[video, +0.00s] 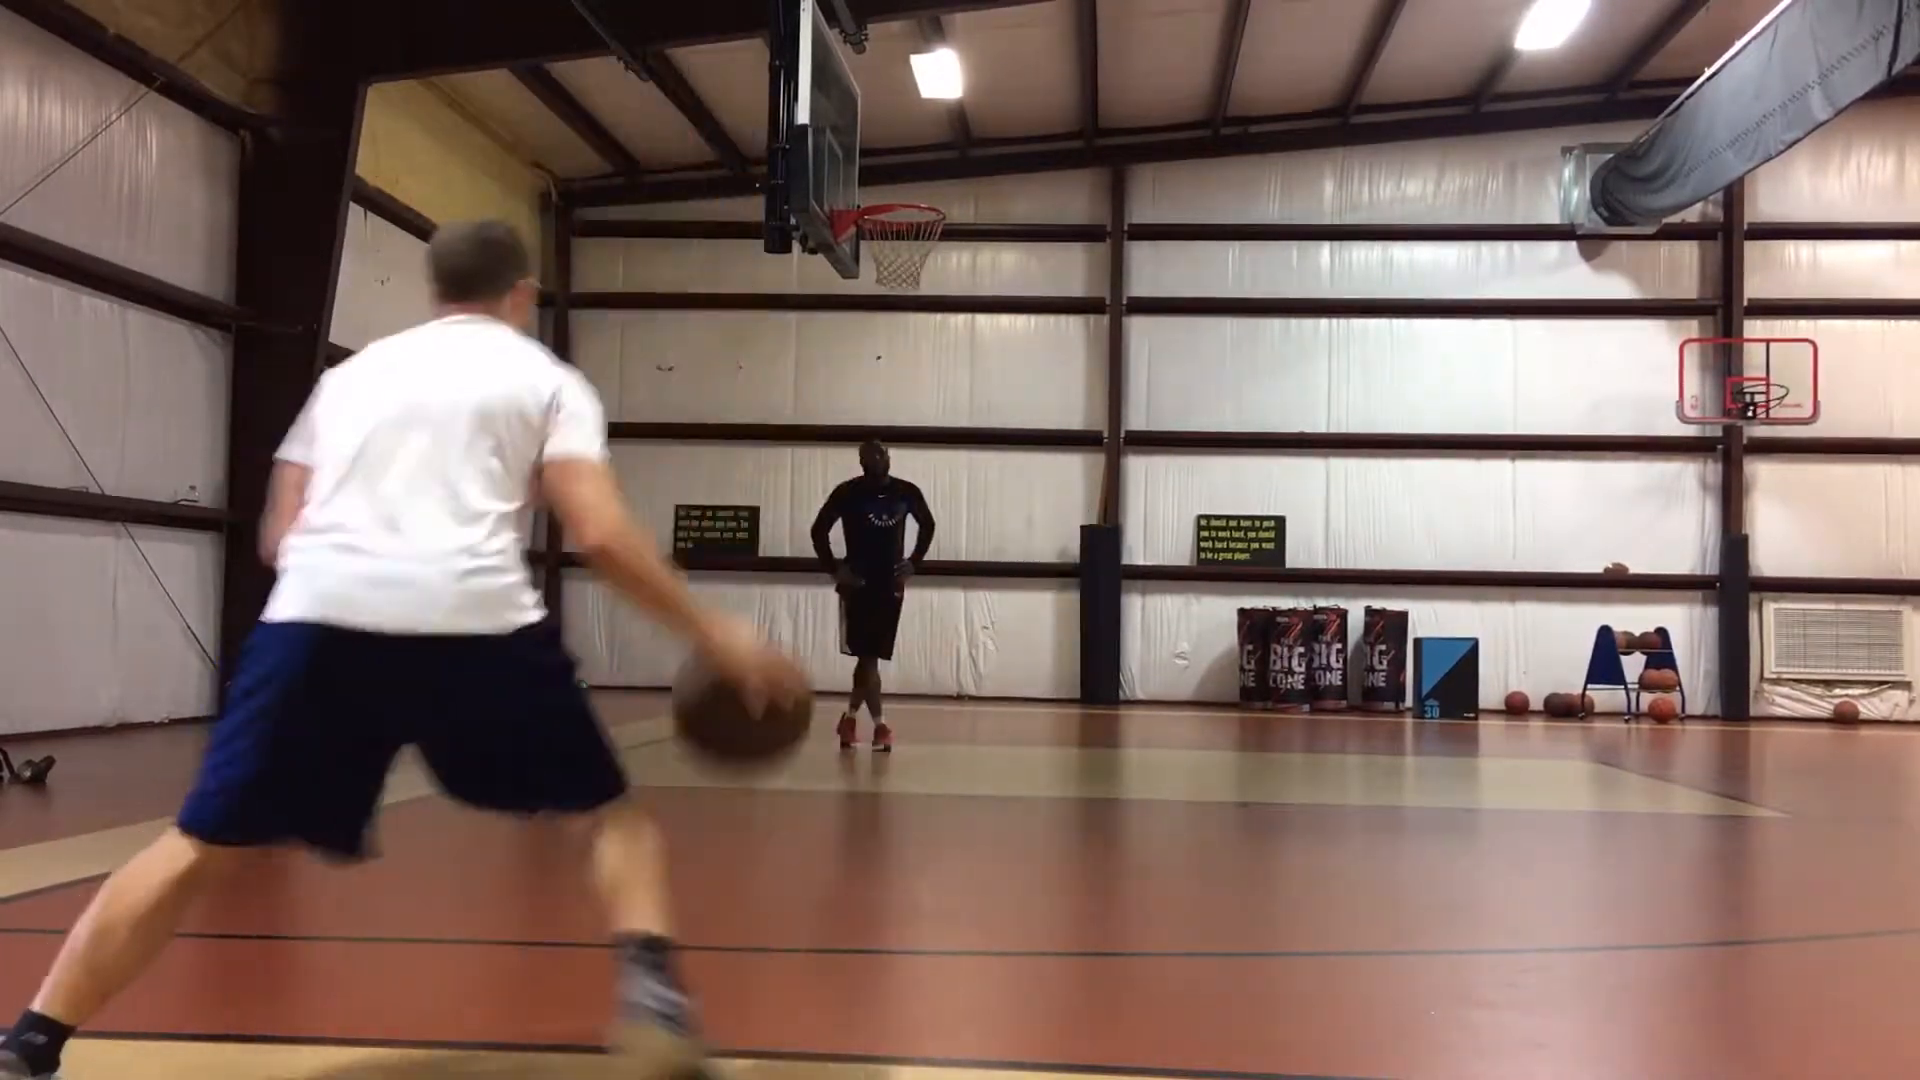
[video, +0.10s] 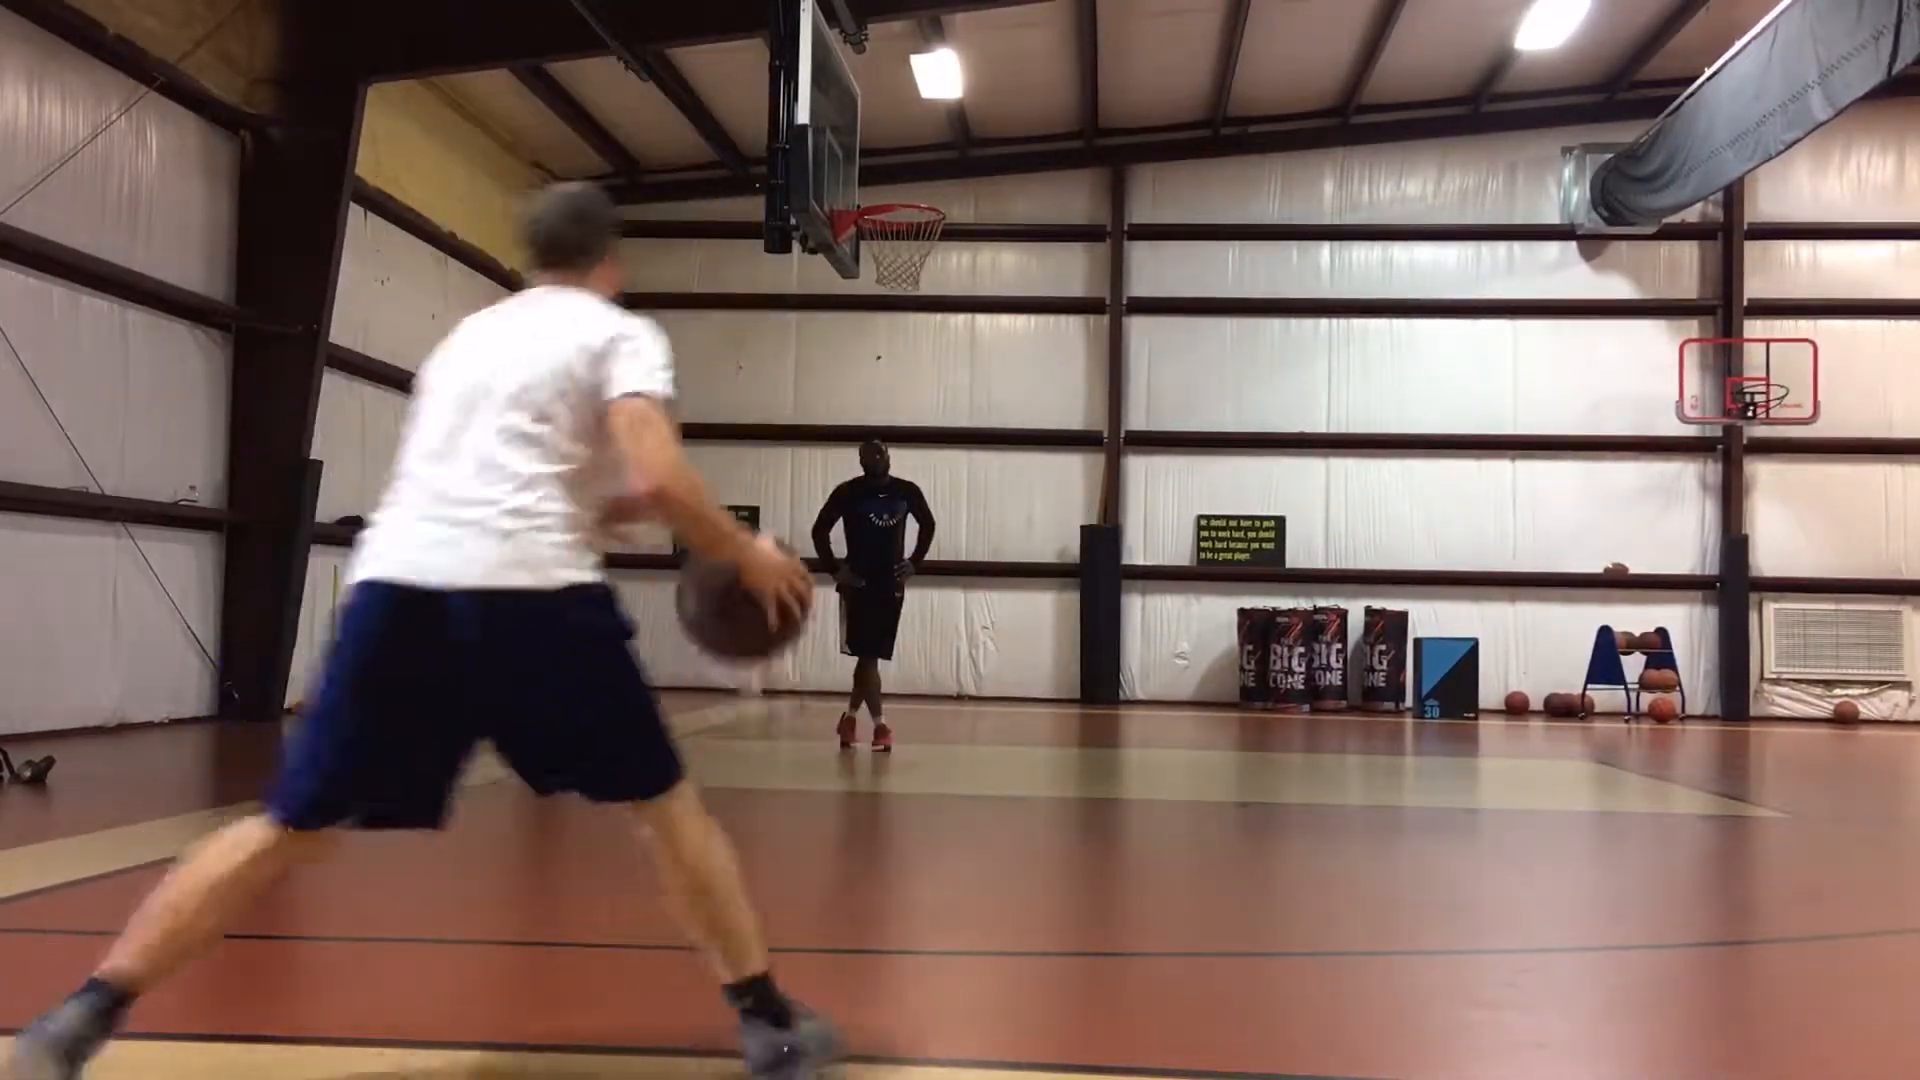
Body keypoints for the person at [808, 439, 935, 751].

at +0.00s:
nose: (878, 461)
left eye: (881, 455)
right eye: (872, 457)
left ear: (888, 457)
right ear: (861, 461)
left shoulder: (907, 493)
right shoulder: (846, 493)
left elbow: (927, 525)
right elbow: (818, 531)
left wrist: (914, 562)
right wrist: (835, 570)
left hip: (889, 581)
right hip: (856, 581)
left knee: (871, 654)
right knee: (867, 653)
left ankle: (849, 717)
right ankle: (879, 725)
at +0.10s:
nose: (879, 458)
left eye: (881, 453)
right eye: (872, 454)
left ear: (888, 457)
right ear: (861, 460)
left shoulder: (907, 492)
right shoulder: (846, 493)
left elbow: (928, 525)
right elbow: (819, 531)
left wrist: (914, 562)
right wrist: (836, 570)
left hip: (890, 581)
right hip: (857, 581)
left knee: (871, 654)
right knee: (867, 653)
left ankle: (849, 717)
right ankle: (879, 725)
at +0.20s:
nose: (879, 458)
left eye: (882, 452)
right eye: (872, 454)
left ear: (888, 456)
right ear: (862, 460)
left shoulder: (908, 491)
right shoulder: (847, 492)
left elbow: (928, 524)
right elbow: (820, 531)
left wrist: (915, 561)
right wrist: (836, 570)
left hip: (890, 581)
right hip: (857, 581)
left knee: (872, 654)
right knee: (867, 653)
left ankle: (849, 716)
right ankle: (879, 725)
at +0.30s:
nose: (881, 460)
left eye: (884, 454)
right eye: (874, 455)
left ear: (889, 457)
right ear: (862, 460)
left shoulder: (908, 491)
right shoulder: (846, 492)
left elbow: (928, 523)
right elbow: (820, 533)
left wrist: (915, 561)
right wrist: (834, 567)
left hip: (890, 580)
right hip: (856, 579)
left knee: (872, 654)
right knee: (867, 653)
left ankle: (848, 716)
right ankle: (879, 724)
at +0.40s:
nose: (878, 465)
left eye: (882, 458)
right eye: (871, 459)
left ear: (890, 460)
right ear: (861, 463)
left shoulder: (907, 491)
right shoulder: (848, 494)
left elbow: (929, 524)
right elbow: (819, 531)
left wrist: (916, 561)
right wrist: (835, 569)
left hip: (891, 576)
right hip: (856, 577)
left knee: (871, 654)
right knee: (867, 654)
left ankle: (849, 715)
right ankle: (879, 724)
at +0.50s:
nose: (883, 455)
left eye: (886, 450)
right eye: (876, 451)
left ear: (891, 456)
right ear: (865, 459)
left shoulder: (909, 491)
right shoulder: (849, 492)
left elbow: (930, 524)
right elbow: (820, 529)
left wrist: (916, 561)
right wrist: (837, 569)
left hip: (891, 580)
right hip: (858, 580)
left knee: (872, 653)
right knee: (868, 652)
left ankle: (848, 716)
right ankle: (880, 724)